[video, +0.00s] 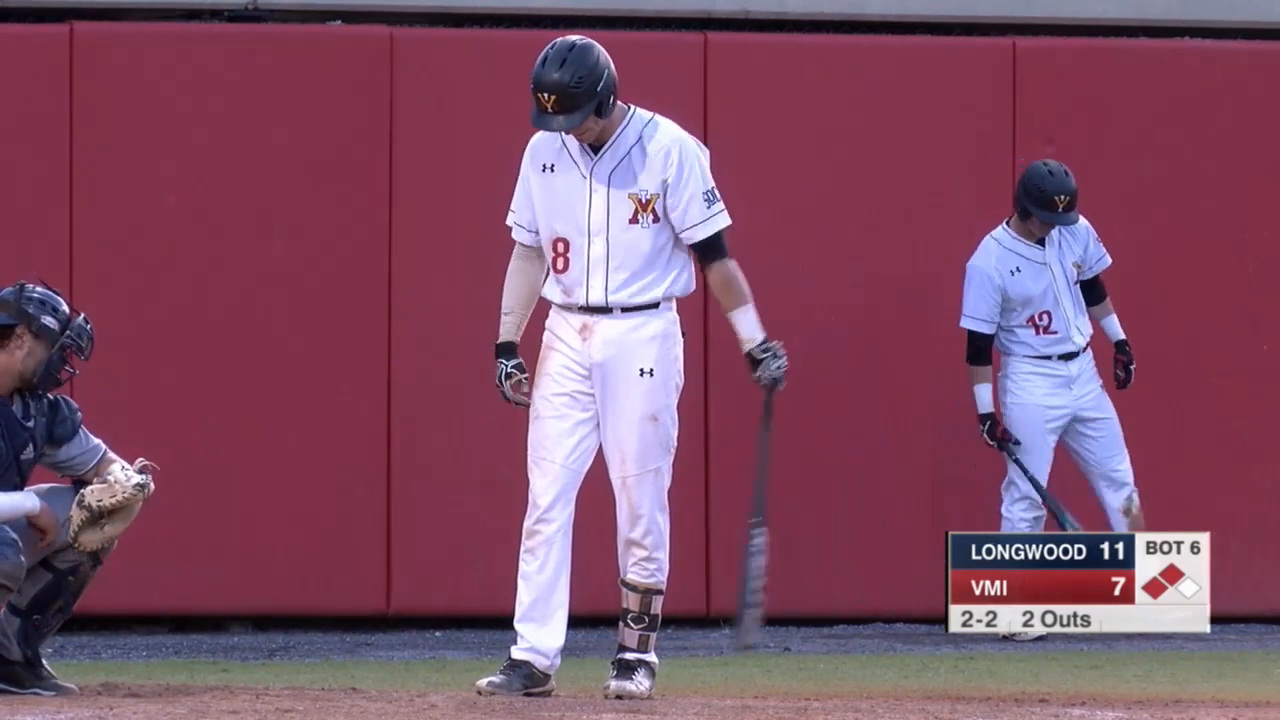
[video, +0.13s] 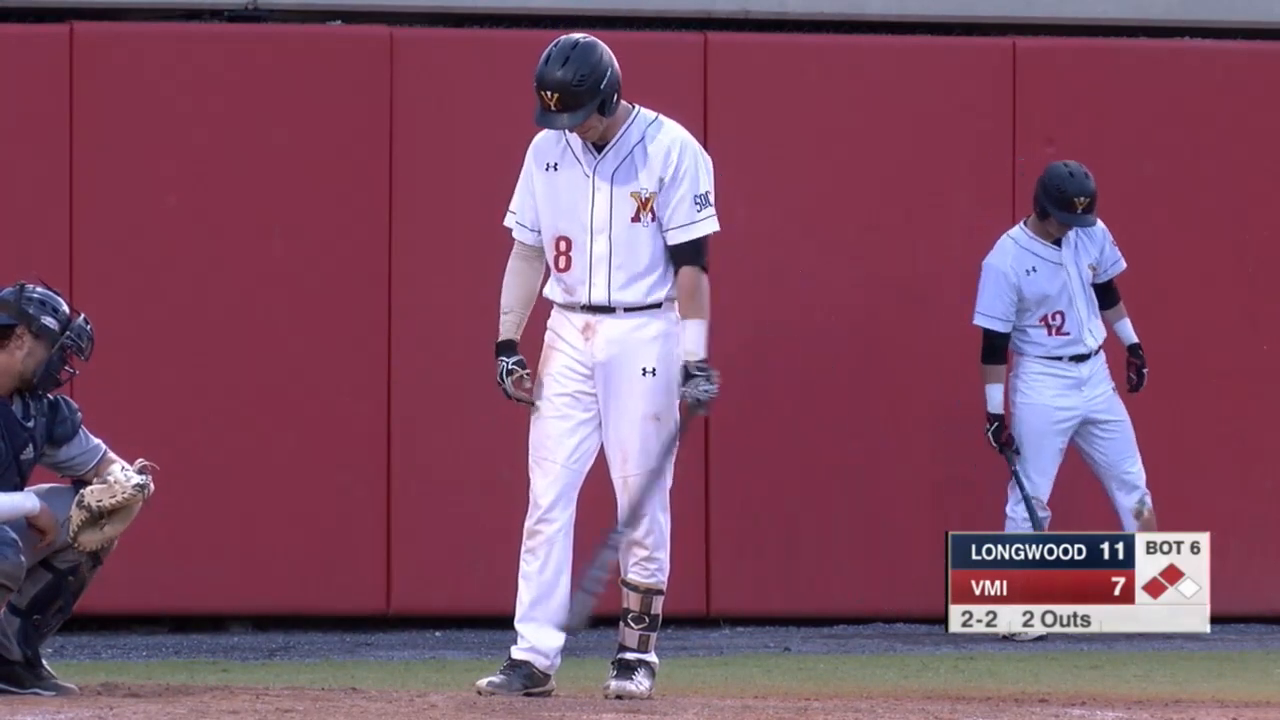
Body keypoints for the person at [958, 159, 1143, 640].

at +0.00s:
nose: (1059, 226)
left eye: (1063, 217)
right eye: (1051, 218)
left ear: (1067, 207)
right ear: (1026, 210)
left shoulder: (1073, 229)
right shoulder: (989, 261)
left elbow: (1094, 290)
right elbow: (978, 347)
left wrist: (1121, 342)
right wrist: (986, 414)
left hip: (1084, 376)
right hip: (1030, 384)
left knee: (1121, 487)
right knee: (1025, 501)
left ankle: (1146, 591)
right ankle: (1012, 607)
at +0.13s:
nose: (1075, 227)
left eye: (1080, 219)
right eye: (1068, 219)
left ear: (1084, 209)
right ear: (1043, 209)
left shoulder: (1089, 232)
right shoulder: (1005, 260)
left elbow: (1107, 295)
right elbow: (994, 346)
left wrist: (1133, 346)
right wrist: (995, 416)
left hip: (1096, 379)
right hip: (1040, 386)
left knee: (1133, 490)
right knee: (1030, 503)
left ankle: (1160, 596)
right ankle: (1011, 608)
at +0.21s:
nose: (1085, 228)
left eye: (1091, 220)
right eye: (1079, 220)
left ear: (1097, 211)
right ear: (1056, 209)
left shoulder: (1100, 234)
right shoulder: (1016, 259)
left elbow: (1116, 297)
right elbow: (1002, 344)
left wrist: (1141, 349)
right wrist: (999, 414)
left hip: (1103, 381)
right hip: (1047, 386)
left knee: (1139, 496)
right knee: (1033, 506)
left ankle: (1163, 604)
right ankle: (1011, 609)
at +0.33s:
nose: (1120, 230)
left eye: (1125, 222)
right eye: (1114, 221)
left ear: (1125, 216)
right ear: (1092, 210)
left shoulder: (1130, 242)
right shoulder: (1046, 259)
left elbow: (1141, 306)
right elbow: (1024, 340)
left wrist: (1163, 361)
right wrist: (1007, 410)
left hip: (1121, 385)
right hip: (1067, 387)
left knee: (1147, 496)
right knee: (1046, 503)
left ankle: (1161, 606)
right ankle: (1022, 607)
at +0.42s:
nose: (1150, 231)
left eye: (1155, 224)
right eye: (1145, 222)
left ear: (1156, 216)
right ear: (1123, 211)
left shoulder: (1155, 245)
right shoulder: (1072, 256)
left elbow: (1161, 312)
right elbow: (1044, 335)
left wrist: (1179, 369)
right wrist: (1021, 402)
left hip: (1137, 387)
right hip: (1082, 387)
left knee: (1157, 500)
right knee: (1054, 504)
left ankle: (1160, 609)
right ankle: (1016, 606)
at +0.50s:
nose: (1169, 231)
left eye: (1173, 224)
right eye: (1165, 222)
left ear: (1174, 219)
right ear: (1142, 210)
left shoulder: (1172, 247)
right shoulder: (1089, 252)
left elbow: (1172, 316)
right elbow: (1057, 330)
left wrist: (1189, 373)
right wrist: (1031, 398)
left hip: (1146, 387)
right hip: (1091, 385)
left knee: (1161, 498)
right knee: (1060, 497)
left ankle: (1160, 606)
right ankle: (1016, 598)